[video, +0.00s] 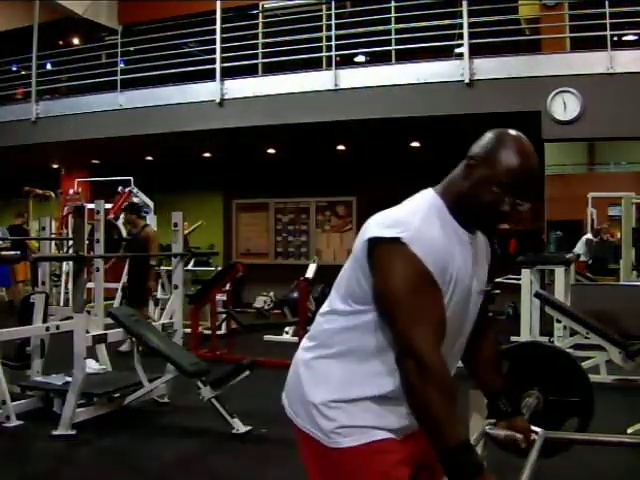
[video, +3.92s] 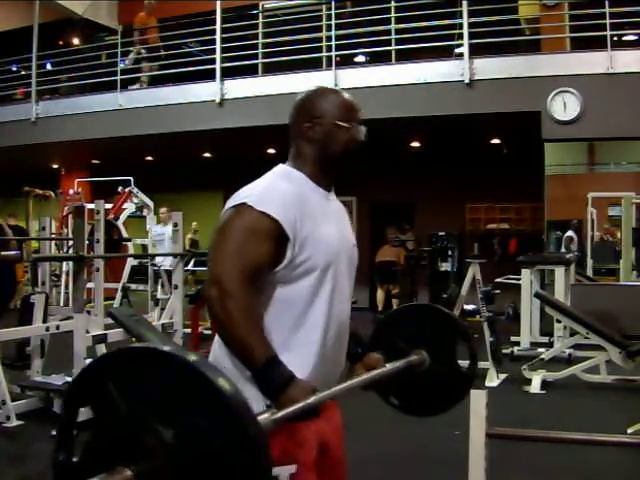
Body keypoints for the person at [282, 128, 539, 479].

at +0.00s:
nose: (510, 209)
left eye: (519, 199)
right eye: (507, 192)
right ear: (471, 166)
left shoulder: (477, 242)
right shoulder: (405, 235)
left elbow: (475, 332)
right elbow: (419, 363)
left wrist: (504, 410)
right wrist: (465, 464)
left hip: (408, 404)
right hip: (345, 411)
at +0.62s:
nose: (541, 219)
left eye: (547, 209)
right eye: (543, 207)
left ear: (507, 178)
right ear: (520, 189)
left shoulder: (484, 237)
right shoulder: (420, 231)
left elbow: (467, 332)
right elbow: (406, 352)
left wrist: (476, 410)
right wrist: (436, 461)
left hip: (412, 399)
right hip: (355, 400)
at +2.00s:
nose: (534, 174)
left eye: (528, 161)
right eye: (518, 160)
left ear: (474, 172)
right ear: (472, 170)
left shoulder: (486, 246)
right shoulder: (435, 250)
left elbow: (442, 349)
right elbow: (398, 360)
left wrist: (469, 416)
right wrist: (432, 461)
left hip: (409, 406)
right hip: (356, 412)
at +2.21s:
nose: (486, 136)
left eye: (481, 127)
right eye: (471, 127)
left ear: (439, 145)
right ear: (437, 143)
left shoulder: (453, 219)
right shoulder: (410, 214)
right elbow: (373, 326)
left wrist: (463, 393)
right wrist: (431, 425)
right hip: (366, 422)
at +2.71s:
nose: (436, 128)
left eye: (434, 118)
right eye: (424, 117)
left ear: (388, 125)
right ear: (386, 124)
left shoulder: (399, 197)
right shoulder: (362, 195)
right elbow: (317, 293)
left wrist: (434, 356)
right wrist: (385, 386)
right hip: (343, 414)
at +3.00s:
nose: (386, 142)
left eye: (389, 132)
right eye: (375, 129)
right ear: (335, 121)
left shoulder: (361, 200)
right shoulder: (304, 191)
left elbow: (352, 298)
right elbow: (256, 295)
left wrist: (402, 344)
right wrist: (335, 386)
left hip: (373, 414)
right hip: (312, 426)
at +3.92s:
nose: (359, 137)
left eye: (359, 126)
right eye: (348, 125)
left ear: (314, 130)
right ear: (310, 128)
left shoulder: (332, 208)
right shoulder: (271, 198)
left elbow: (316, 305)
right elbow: (224, 291)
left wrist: (357, 354)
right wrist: (280, 382)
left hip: (321, 409)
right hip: (267, 416)